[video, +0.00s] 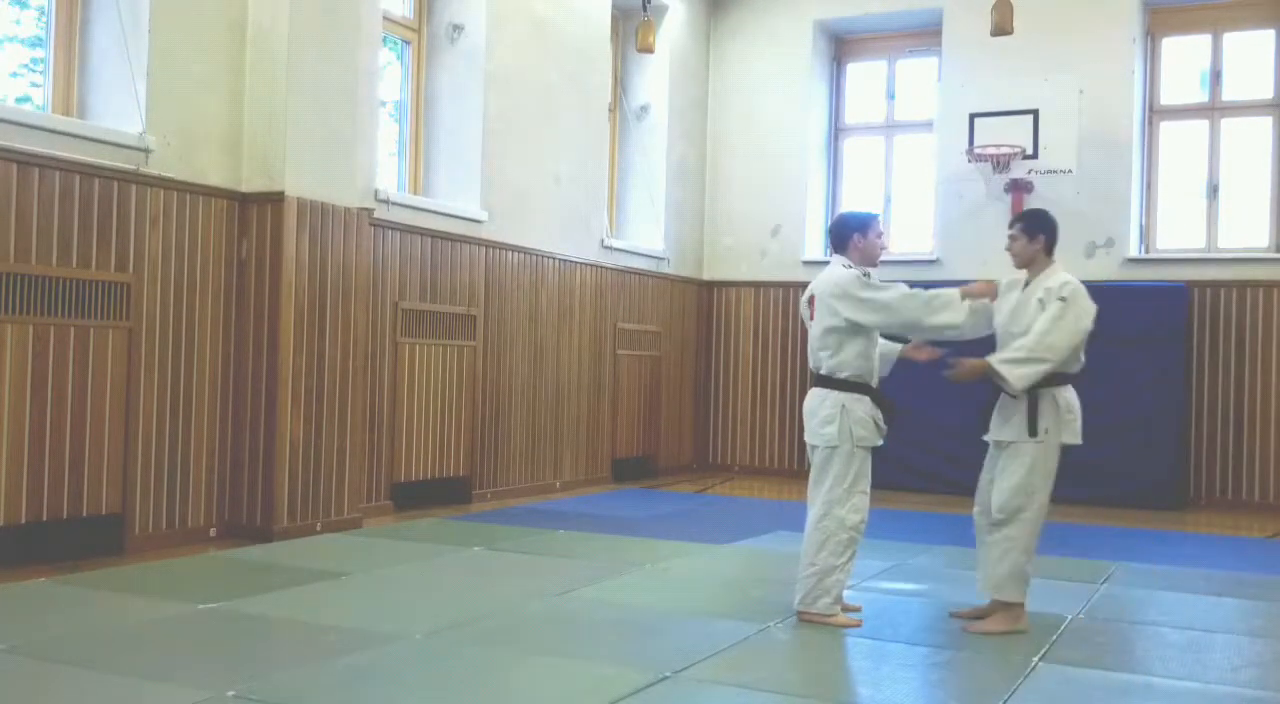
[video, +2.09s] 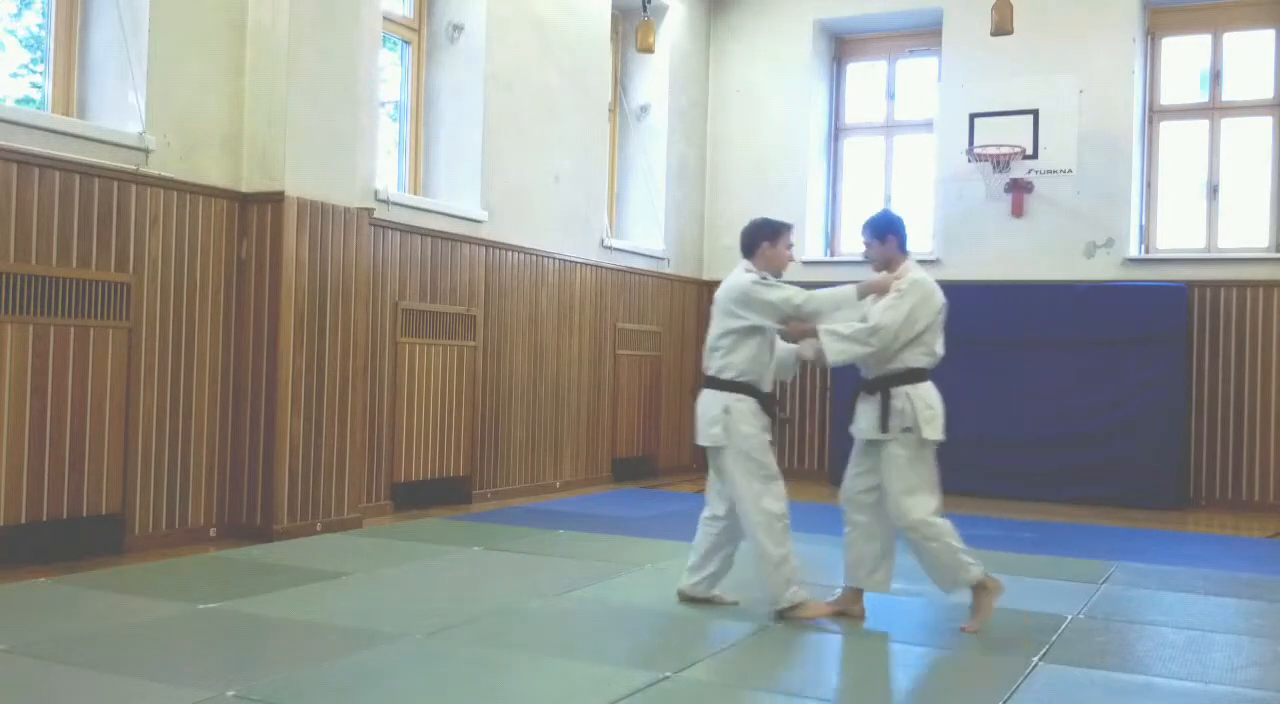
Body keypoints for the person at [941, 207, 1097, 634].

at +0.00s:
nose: (1008, 246)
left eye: (1015, 239)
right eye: (1009, 239)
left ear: (1040, 242)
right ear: (1026, 243)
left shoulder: (1069, 292)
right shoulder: (1012, 289)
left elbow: (1046, 347)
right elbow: (969, 317)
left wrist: (988, 366)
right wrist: (918, 306)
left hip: (1042, 412)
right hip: (1011, 408)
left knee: (1014, 507)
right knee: (989, 505)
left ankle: (1012, 609)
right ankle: (999, 600)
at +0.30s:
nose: (988, 250)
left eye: (992, 242)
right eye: (986, 243)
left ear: (1017, 240)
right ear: (1012, 242)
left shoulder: (1040, 283)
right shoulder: (1014, 285)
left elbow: (997, 330)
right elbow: (986, 325)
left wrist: (935, 329)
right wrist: (934, 325)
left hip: (1023, 405)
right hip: (998, 404)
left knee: (1010, 507)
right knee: (986, 506)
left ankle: (1014, 611)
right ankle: (999, 600)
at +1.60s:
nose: (947, 254)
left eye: (951, 244)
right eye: (946, 246)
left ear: (976, 240)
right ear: (972, 243)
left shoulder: (1005, 285)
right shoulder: (970, 287)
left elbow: (968, 335)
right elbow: (949, 328)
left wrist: (903, 334)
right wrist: (896, 328)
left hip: (990, 406)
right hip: (957, 406)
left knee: (991, 510)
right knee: (933, 495)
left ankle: (1012, 611)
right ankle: (969, 588)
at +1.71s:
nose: (935, 252)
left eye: (940, 243)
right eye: (934, 244)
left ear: (965, 241)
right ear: (960, 243)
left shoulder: (993, 286)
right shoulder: (957, 287)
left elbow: (955, 336)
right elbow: (937, 328)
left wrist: (891, 334)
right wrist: (882, 329)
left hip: (980, 407)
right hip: (946, 407)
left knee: (983, 512)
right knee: (918, 495)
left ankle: (1010, 611)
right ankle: (930, 592)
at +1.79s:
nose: (923, 256)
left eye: (927, 247)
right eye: (922, 248)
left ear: (950, 242)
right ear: (945, 244)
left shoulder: (979, 288)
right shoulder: (945, 288)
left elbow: (940, 338)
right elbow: (926, 330)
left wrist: (878, 335)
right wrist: (873, 329)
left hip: (967, 408)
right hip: (933, 408)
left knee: (976, 513)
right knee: (906, 498)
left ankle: (1010, 612)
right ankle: (889, 594)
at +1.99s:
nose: (884, 256)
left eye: (888, 247)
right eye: (883, 248)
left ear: (911, 245)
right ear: (908, 246)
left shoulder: (940, 287)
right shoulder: (904, 289)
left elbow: (901, 338)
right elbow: (877, 328)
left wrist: (839, 340)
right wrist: (826, 334)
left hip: (930, 407)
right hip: (896, 407)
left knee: (948, 511)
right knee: (877, 503)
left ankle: (1003, 601)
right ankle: (853, 600)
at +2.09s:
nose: (865, 253)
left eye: (870, 245)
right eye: (864, 246)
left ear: (892, 242)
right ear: (886, 244)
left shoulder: (919, 286)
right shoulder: (882, 288)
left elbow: (876, 335)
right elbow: (857, 328)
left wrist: (812, 338)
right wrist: (809, 331)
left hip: (908, 404)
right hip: (874, 404)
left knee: (910, 508)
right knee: (858, 499)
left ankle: (981, 584)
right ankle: (853, 595)